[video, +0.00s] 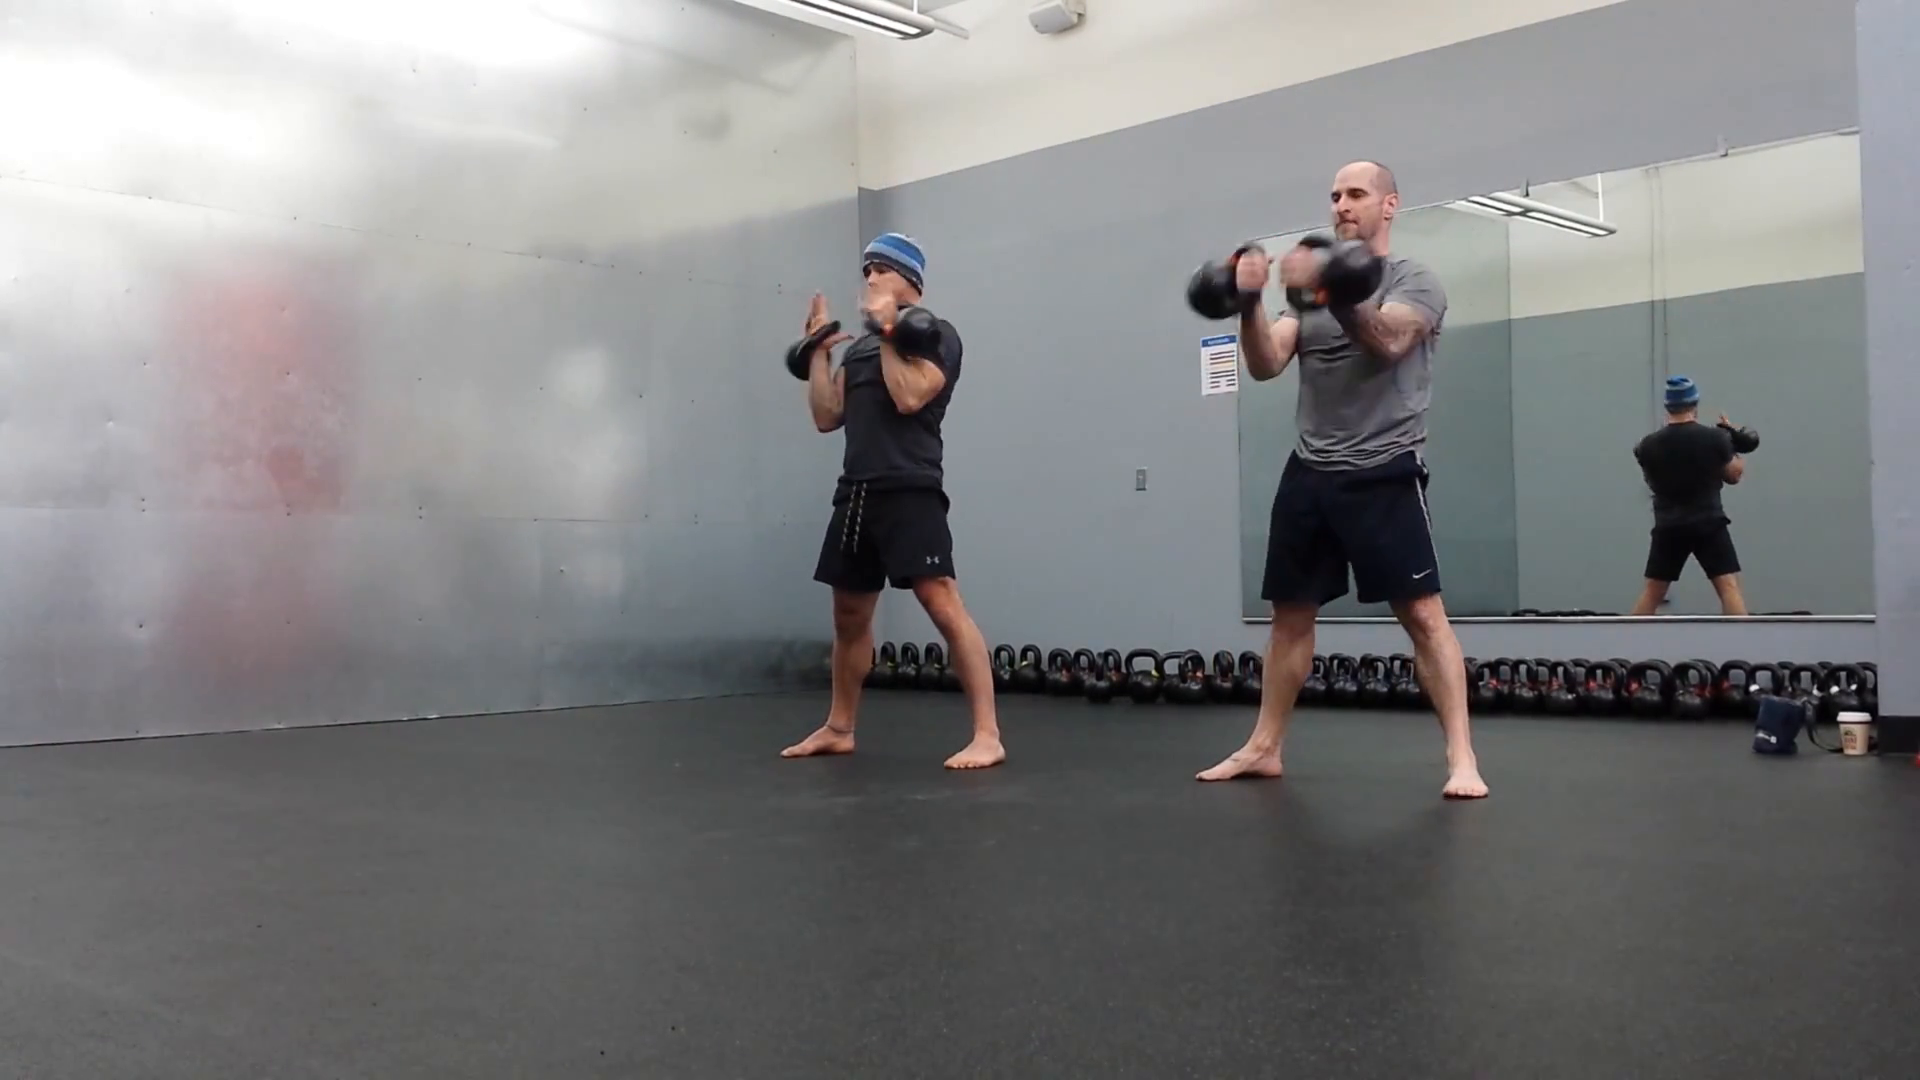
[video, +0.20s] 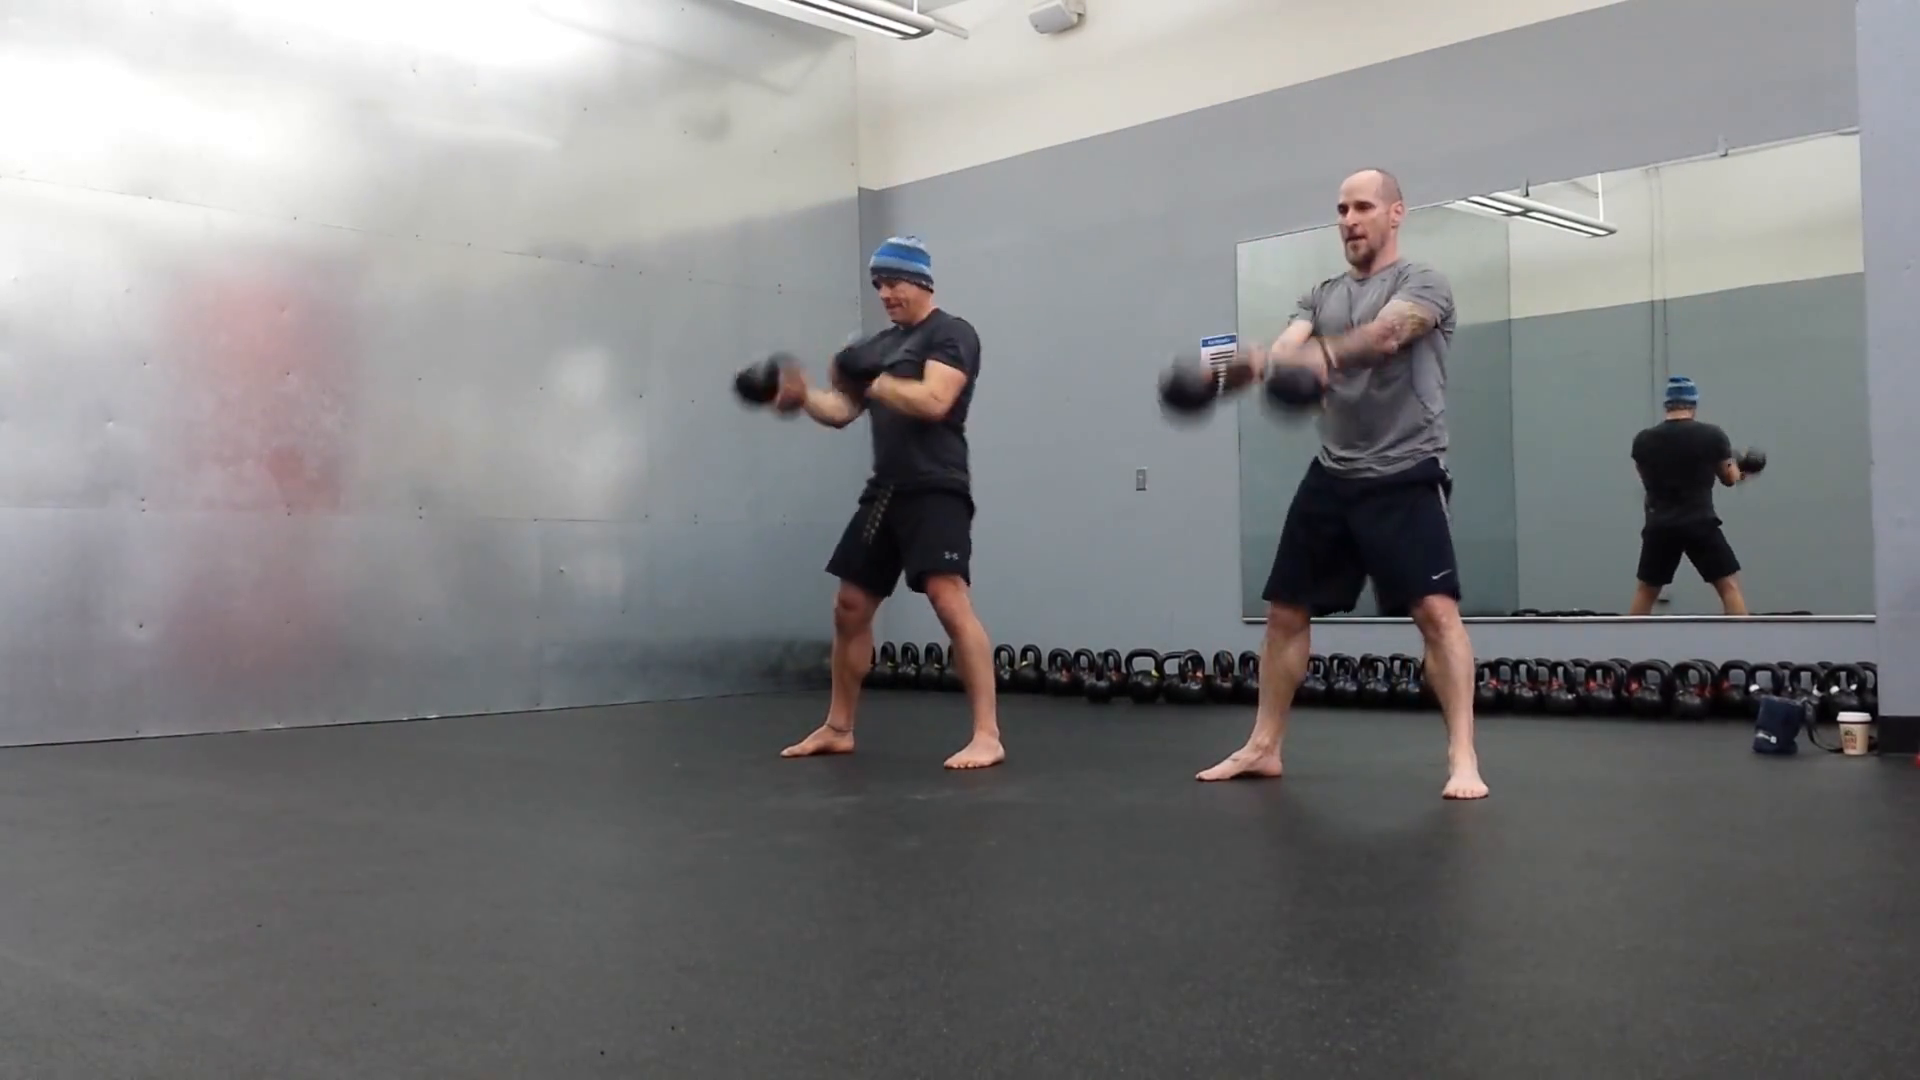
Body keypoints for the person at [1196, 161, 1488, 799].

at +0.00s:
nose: (1341, 205)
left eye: (1356, 194)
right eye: (1336, 196)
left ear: (1391, 205)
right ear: (1330, 210)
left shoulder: (1416, 278)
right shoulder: (1313, 282)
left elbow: (1390, 340)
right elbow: (1266, 361)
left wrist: (1334, 286)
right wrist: (1251, 299)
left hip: (1386, 472)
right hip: (1310, 472)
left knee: (1423, 615)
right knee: (1289, 614)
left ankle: (1462, 759)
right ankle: (1264, 746)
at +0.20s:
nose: (1348, 219)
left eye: (1362, 207)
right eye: (1343, 210)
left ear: (1396, 214)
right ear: (1337, 220)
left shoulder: (1425, 285)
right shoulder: (1323, 297)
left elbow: (1386, 335)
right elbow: (1283, 351)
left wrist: (1316, 360)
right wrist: (1228, 369)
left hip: (1406, 475)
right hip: (1332, 475)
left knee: (1436, 611)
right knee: (1285, 608)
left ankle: (1463, 759)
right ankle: (1264, 746)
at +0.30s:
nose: (1337, 233)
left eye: (1350, 221)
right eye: (1331, 223)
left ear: (1384, 227)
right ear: (1325, 232)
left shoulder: (1413, 298)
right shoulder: (1311, 312)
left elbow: (1383, 368)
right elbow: (1272, 378)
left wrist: (1331, 421)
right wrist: (1236, 426)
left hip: (1415, 487)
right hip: (1336, 490)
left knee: (1446, 605)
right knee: (1273, 607)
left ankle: (1464, 758)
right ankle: (1262, 745)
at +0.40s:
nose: (1307, 262)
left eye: (1320, 249)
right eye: (1301, 251)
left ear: (1355, 254)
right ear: (1296, 261)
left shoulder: (1395, 332)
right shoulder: (1290, 346)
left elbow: (1380, 437)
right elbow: (1274, 439)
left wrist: (1343, 517)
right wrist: (1263, 522)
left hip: (1416, 495)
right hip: (1341, 497)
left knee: (1450, 604)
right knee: (1254, 590)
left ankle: (1463, 759)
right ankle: (1261, 744)